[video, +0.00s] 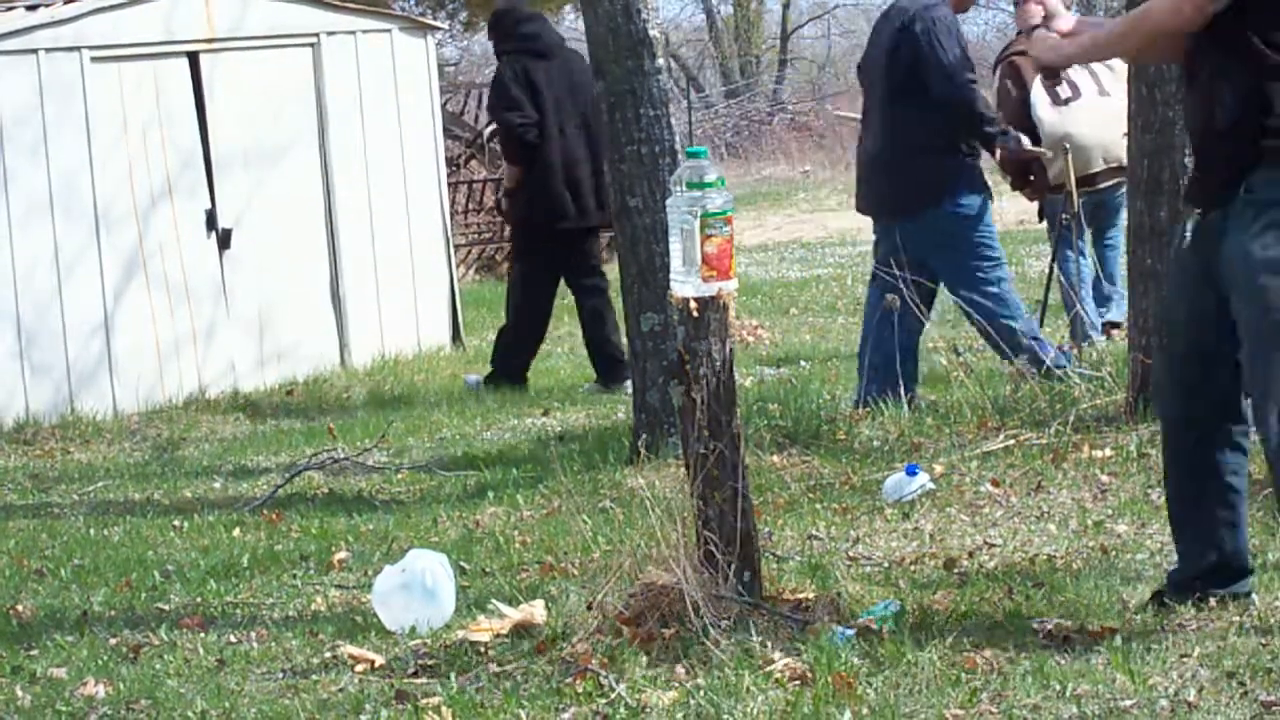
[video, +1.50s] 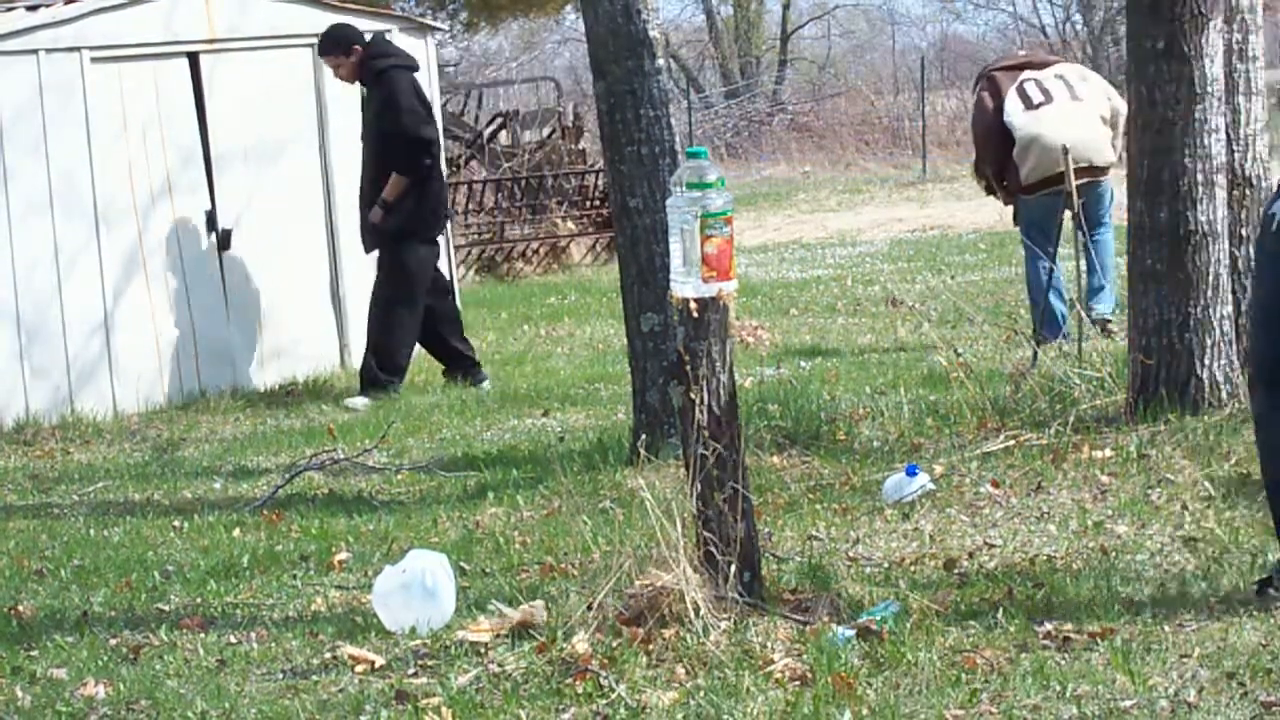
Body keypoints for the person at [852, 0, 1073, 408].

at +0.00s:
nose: (973, 6)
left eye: (975, 3)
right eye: (974, 2)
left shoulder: (892, 20)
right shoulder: (933, 18)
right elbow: (957, 90)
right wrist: (1001, 139)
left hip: (894, 186)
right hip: (939, 182)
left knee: (895, 299)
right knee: (987, 285)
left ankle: (882, 402)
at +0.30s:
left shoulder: (982, 10)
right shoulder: (1040, 12)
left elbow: (955, 63)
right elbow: (1070, 91)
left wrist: (993, 109)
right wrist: (1112, 128)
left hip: (985, 164)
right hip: (1044, 166)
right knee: (1078, 271)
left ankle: (935, 351)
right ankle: (1070, 379)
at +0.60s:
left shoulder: (1057, 10)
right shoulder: (1131, 11)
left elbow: (1018, 77)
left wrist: (1018, 144)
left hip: (1049, 152)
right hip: (1107, 151)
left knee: (1048, 251)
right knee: (1104, 263)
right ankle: (1075, 371)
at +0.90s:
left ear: (1029, 46)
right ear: (1070, 44)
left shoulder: (1019, 70)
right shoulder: (1098, 66)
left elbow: (1010, 128)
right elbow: (1120, 112)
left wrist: (1013, 173)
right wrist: (1120, 159)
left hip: (1049, 173)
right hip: (1106, 167)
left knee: (1045, 250)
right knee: (1100, 247)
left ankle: (1044, 331)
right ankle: (1097, 339)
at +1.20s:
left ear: (1015, 61)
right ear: (1053, 54)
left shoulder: (1004, 79)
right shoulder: (1088, 70)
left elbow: (993, 138)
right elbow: (1122, 112)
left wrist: (1004, 184)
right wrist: (1113, 157)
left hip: (1040, 166)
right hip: (1095, 161)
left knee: (1043, 247)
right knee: (1094, 241)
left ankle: (1055, 332)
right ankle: (1096, 326)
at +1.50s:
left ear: (1004, 66)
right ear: (1044, 56)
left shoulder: (994, 81)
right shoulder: (1076, 69)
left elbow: (986, 136)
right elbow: (1119, 107)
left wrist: (999, 184)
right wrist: (1110, 154)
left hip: (1037, 167)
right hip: (1092, 159)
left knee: (1040, 252)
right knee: (1098, 229)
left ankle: (1051, 335)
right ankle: (1102, 312)